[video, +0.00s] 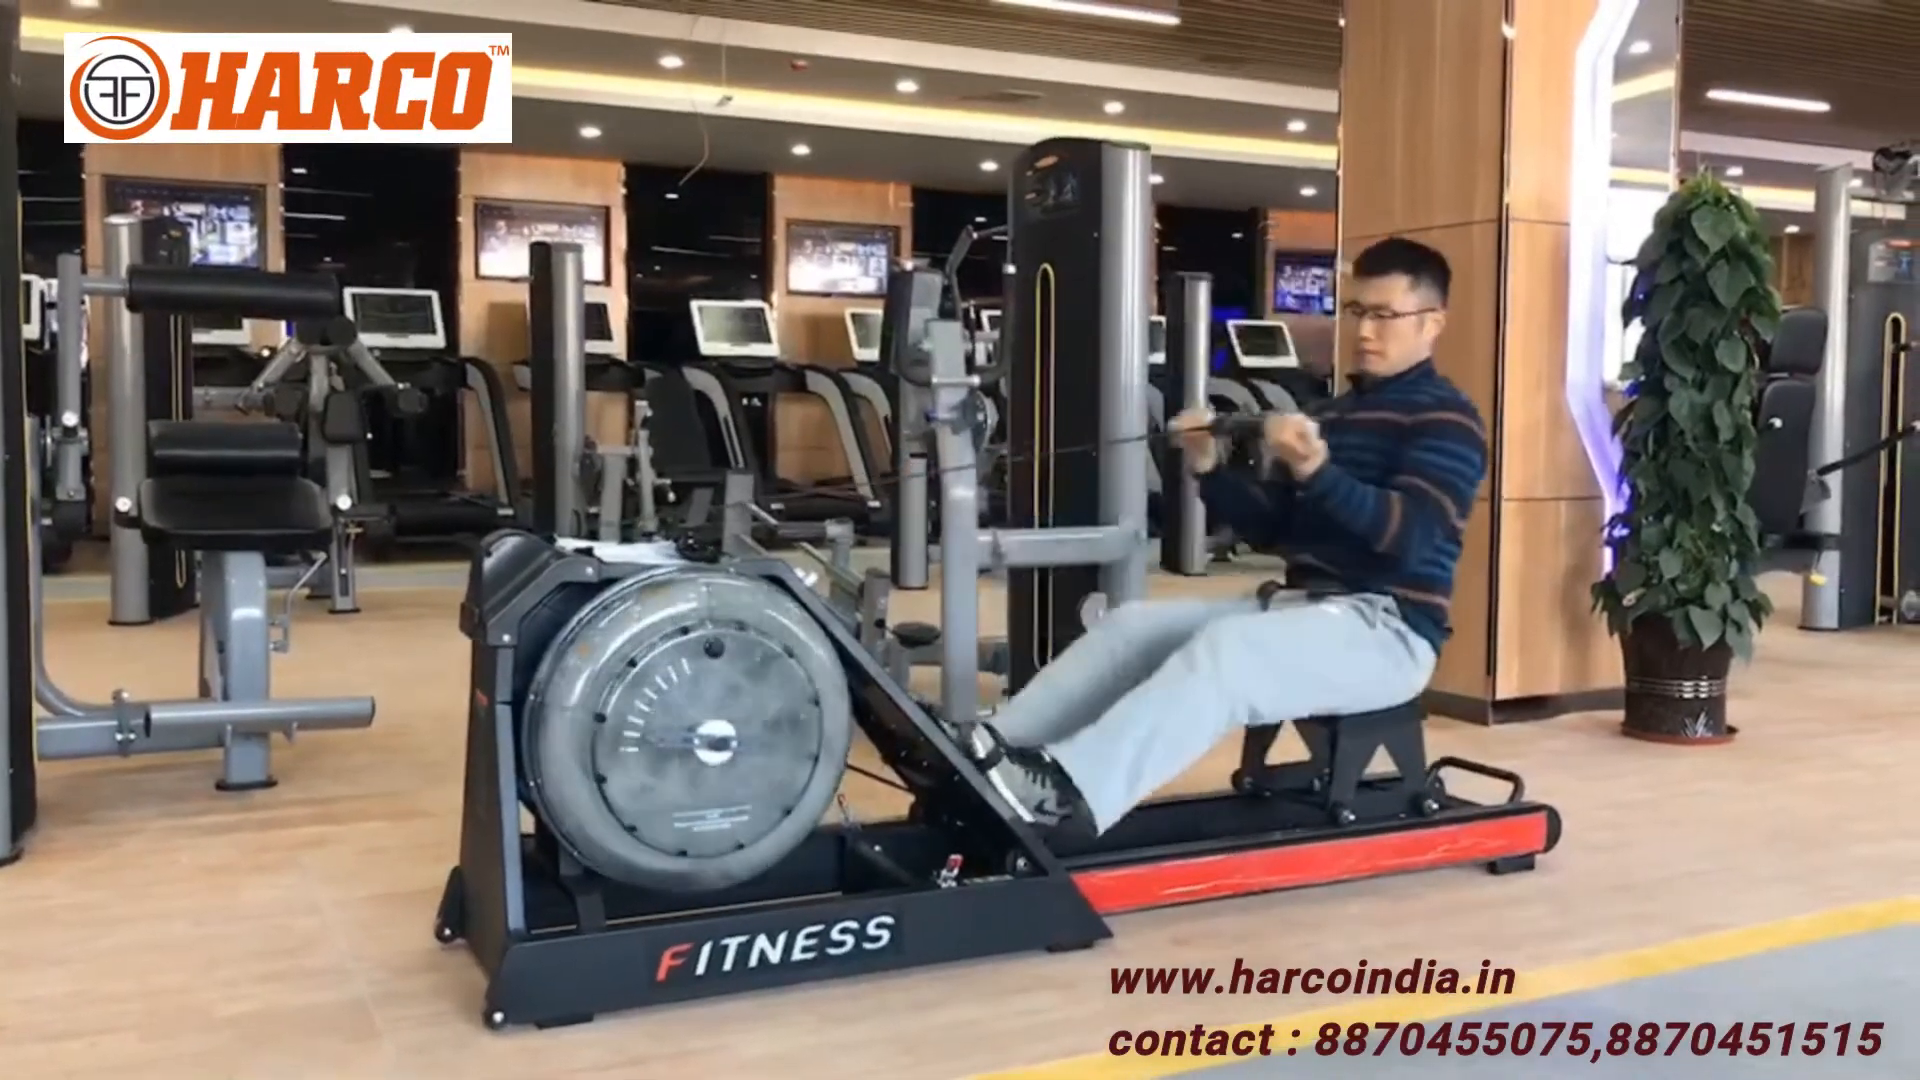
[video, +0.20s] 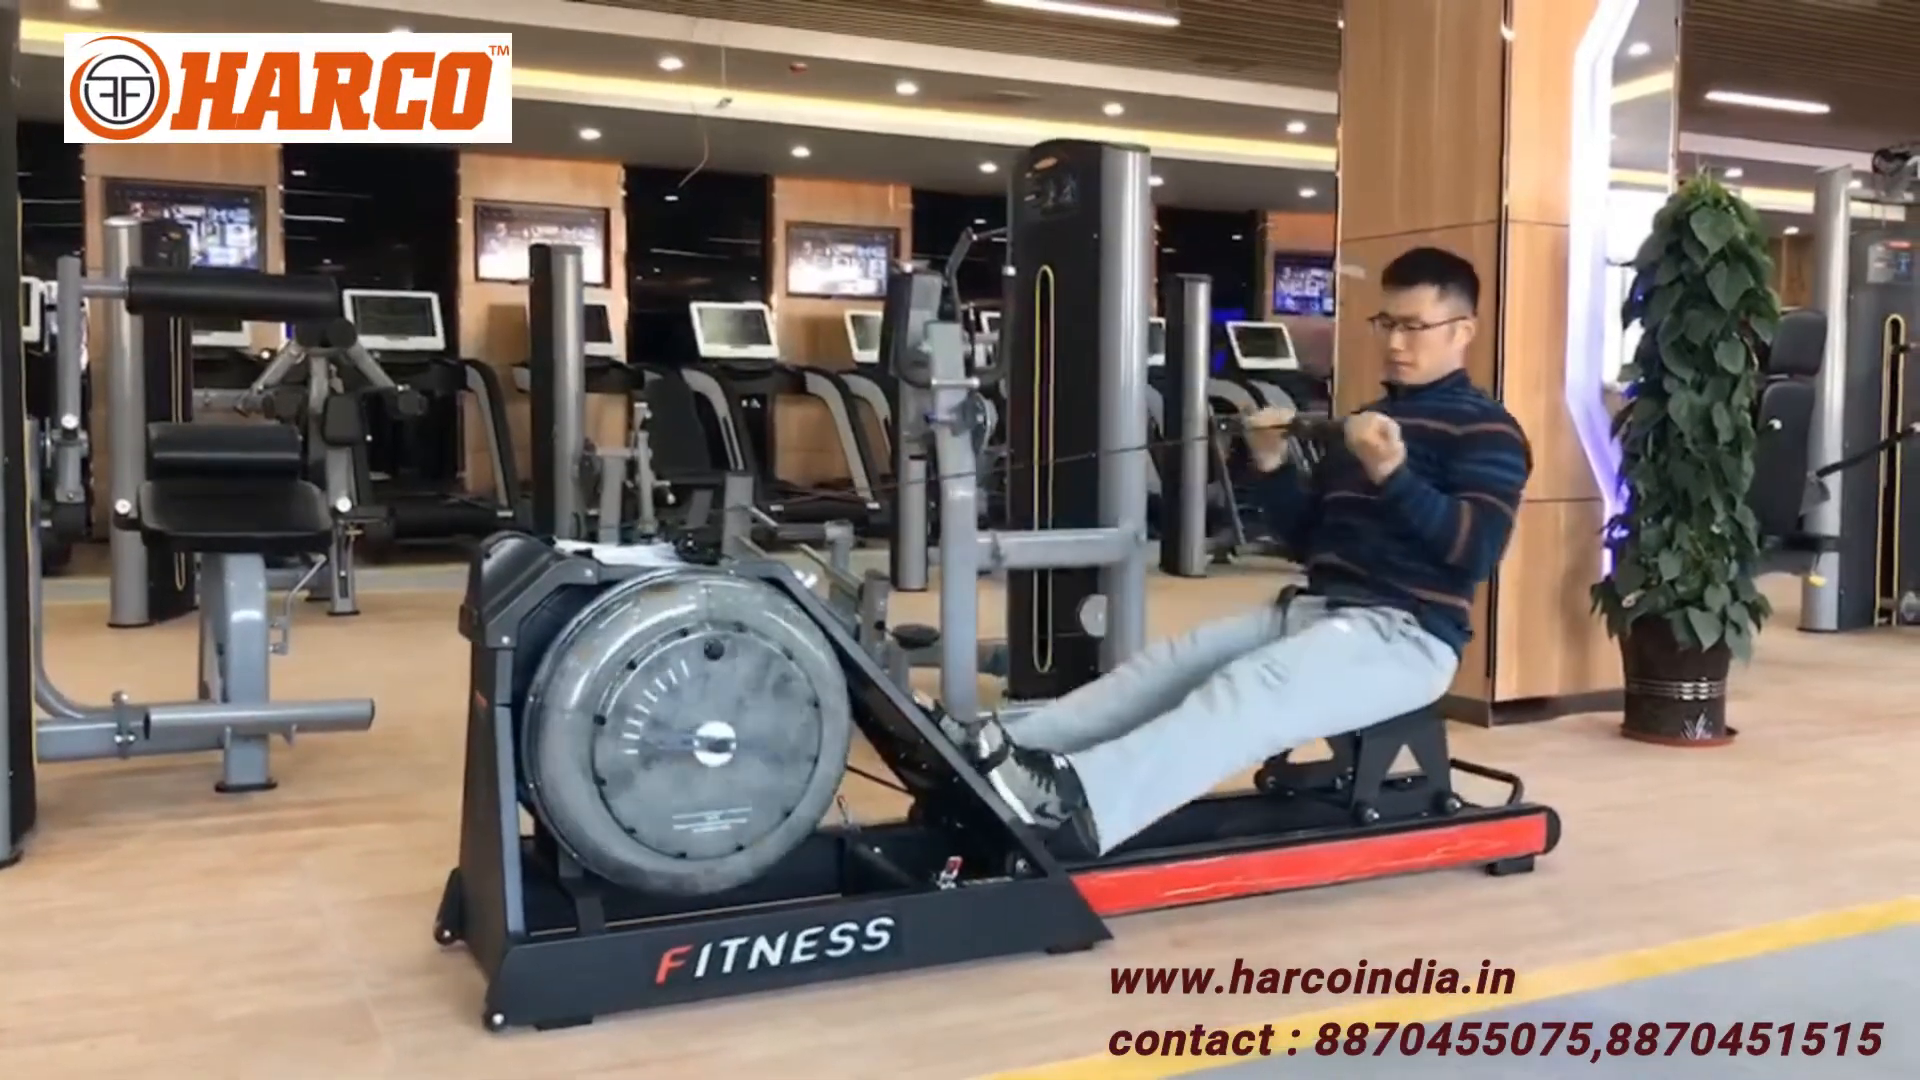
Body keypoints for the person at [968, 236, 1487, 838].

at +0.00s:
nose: (1365, 331)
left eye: (1386, 316)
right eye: (1357, 312)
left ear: (1434, 326)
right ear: (1344, 315)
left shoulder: (1448, 421)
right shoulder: (1339, 412)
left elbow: (1405, 538)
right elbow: (1278, 528)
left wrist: (1319, 474)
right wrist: (1210, 470)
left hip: (1388, 630)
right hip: (1303, 608)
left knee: (1223, 653)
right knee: (1134, 626)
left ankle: (1069, 789)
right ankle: (985, 748)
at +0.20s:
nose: (1396, 344)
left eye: (1417, 328)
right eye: (1387, 326)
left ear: (1465, 335)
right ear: (1376, 328)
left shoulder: (1490, 434)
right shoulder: (1369, 419)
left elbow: (1473, 551)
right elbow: (1306, 531)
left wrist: (1395, 478)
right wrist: (1269, 462)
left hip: (1401, 634)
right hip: (1313, 608)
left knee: (1245, 694)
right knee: (1175, 661)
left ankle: (1079, 804)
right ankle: (999, 744)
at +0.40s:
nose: (1383, 341)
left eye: (1403, 326)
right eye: (1375, 324)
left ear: (1453, 333)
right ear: (1366, 327)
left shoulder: (1486, 435)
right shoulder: (1346, 427)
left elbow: (1495, 558)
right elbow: (1306, 545)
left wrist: (1406, 486)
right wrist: (1280, 472)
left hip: (1399, 634)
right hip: (1310, 609)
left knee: (1237, 669)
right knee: (1154, 628)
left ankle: (1079, 796)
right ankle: (1000, 746)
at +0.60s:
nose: (1307, 318)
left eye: (1328, 303)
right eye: (1303, 301)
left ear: (1381, 315)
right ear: (1294, 307)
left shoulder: (1416, 422)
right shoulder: (1294, 415)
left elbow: (1408, 547)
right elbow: (1246, 531)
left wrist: (1299, 495)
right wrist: (1173, 489)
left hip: (1363, 632)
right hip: (1270, 611)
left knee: (1214, 622)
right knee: (1110, 598)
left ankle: (1080, 786)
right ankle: (1001, 749)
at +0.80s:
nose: (1220, 307)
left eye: (1241, 292)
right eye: (1219, 291)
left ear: (1295, 309)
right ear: (1213, 300)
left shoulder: (1322, 416)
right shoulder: (1205, 414)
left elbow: (1264, 523)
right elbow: (1138, 504)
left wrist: (1141, 508)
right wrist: (1033, 488)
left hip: (1307, 638)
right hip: (1207, 613)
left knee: (1168, 588)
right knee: (1050, 578)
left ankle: (1058, 778)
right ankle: (973, 742)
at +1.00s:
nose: (1164, 301)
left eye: (1185, 287)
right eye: (1165, 286)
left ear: (1237, 307)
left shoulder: (1258, 404)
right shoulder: (1145, 408)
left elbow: (1158, 482)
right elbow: (1058, 474)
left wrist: (1031, 510)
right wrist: (933, 498)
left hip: (1255, 645)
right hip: (1156, 623)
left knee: (1123, 566)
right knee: (992, 556)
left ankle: (1040, 782)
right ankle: (972, 742)